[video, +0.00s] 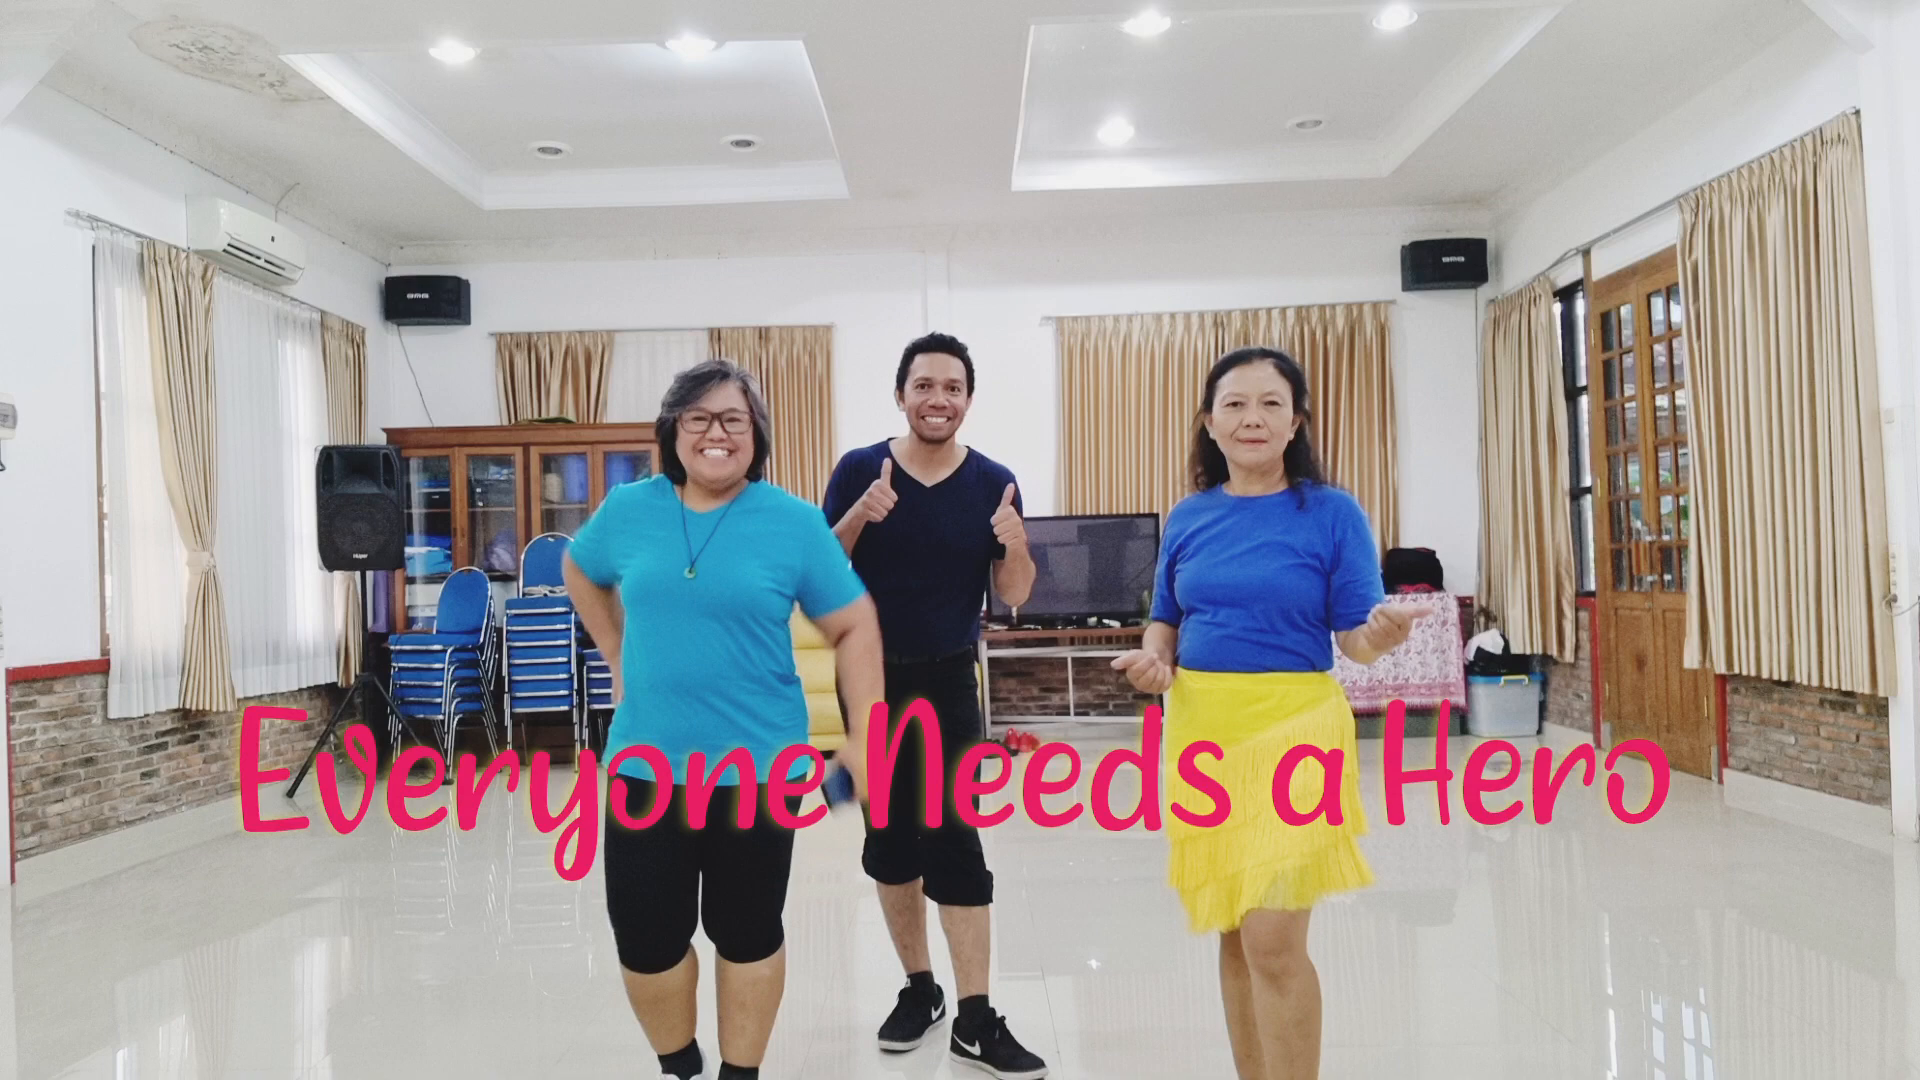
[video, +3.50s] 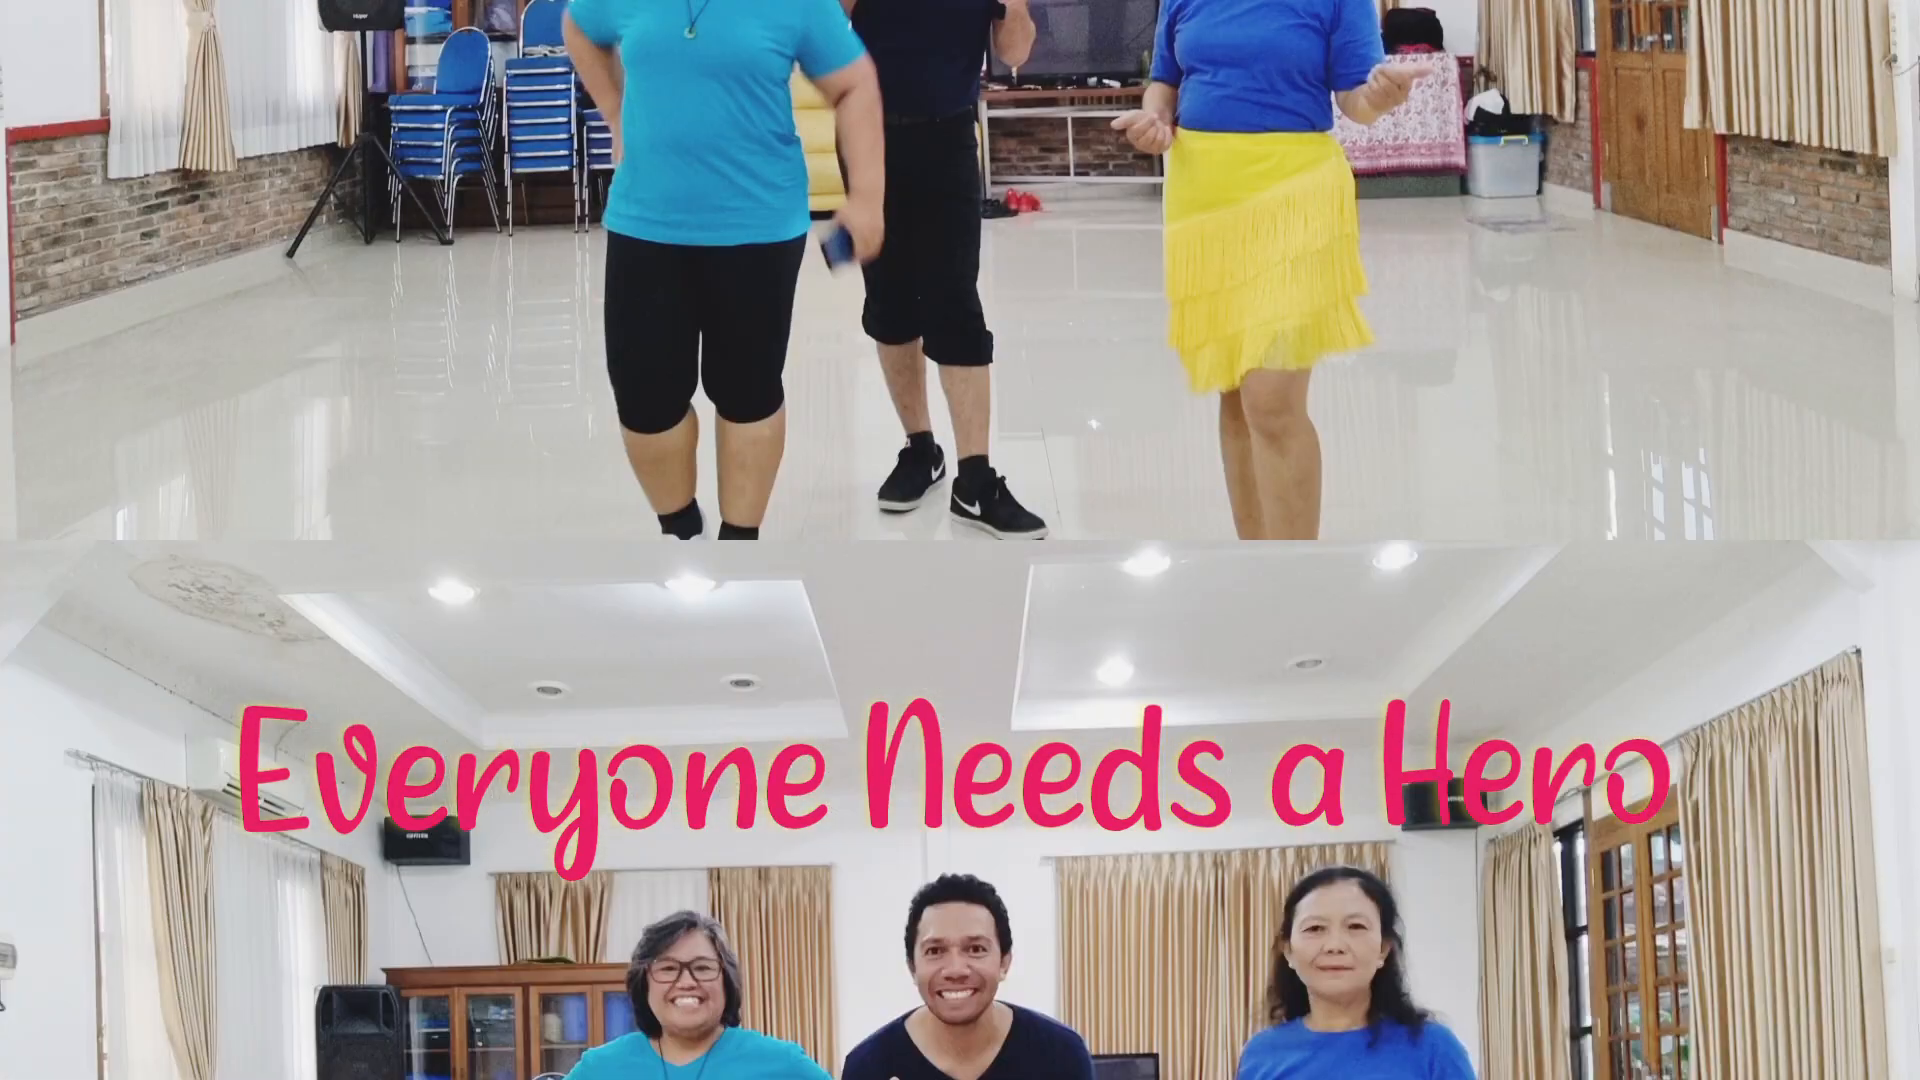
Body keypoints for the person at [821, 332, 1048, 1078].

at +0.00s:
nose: (938, 400)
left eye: (952, 388)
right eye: (924, 386)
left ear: (968, 399)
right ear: (900, 396)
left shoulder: (992, 483)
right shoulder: (858, 472)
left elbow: (1014, 595)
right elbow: (813, 570)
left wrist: (1015, 548)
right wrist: (854, 520)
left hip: (950, 676)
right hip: (872, 676)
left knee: (957, 841)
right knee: (892, 840)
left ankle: (975, 1014)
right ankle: (919, 990)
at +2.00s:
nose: (938, 400)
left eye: (952, 388)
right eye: (924, 386)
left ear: (968, 399)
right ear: (900, 396)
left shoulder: (992, 483)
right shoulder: (858, 472)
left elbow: (1014, 595)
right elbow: (813, 570)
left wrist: (1015, 548)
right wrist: (854, 520)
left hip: (950, 676)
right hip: (872, 676)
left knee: (957, 841)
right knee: (892, 840)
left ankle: (975, 1014)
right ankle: (919, 990)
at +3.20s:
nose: (938, 365)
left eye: (952, 354)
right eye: (924, 352)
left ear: (968, 365)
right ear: (901, 362)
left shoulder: (992, 448)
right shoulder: (858, 438)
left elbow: (1014, 562)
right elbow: (813, 535)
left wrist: (1015, 514)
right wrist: (854, 485)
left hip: (950, 644)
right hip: (872, 643)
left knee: (959, 809)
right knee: (892, 810)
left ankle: (975, 980)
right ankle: (919, 955)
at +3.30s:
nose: (938, 283)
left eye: (952, 271)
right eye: (924, 270)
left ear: (968, 283)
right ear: (900, 280)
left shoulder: (991, 366)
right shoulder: (858, 355)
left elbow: (1014, 479)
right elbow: (813, 453)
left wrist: (1015, 431)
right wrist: (854, 403)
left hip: (949, 562)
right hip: (870, 560)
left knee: (957, 723)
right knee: (890, 718)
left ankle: (975, 896)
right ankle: (918, 870)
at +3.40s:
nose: (939, 123)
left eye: (952, 112)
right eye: (925, 110)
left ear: (968, 124)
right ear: (901, 119)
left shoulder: (990, 206)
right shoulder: (859, 195)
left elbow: (1013, 321)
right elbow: (813, 292)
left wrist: (1015, 272)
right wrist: (855, 242)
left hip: (949, 405)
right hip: (872, 403)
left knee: (955, 570)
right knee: (893, 567)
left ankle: (978, 735)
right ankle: (919, 712)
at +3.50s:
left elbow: (1015, 52)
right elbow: (825, 31)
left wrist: (1015, 6)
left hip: (948, 130)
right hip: (870, 128)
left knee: (956, 302)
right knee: (890, 297)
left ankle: (975, 475)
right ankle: (919, 448)